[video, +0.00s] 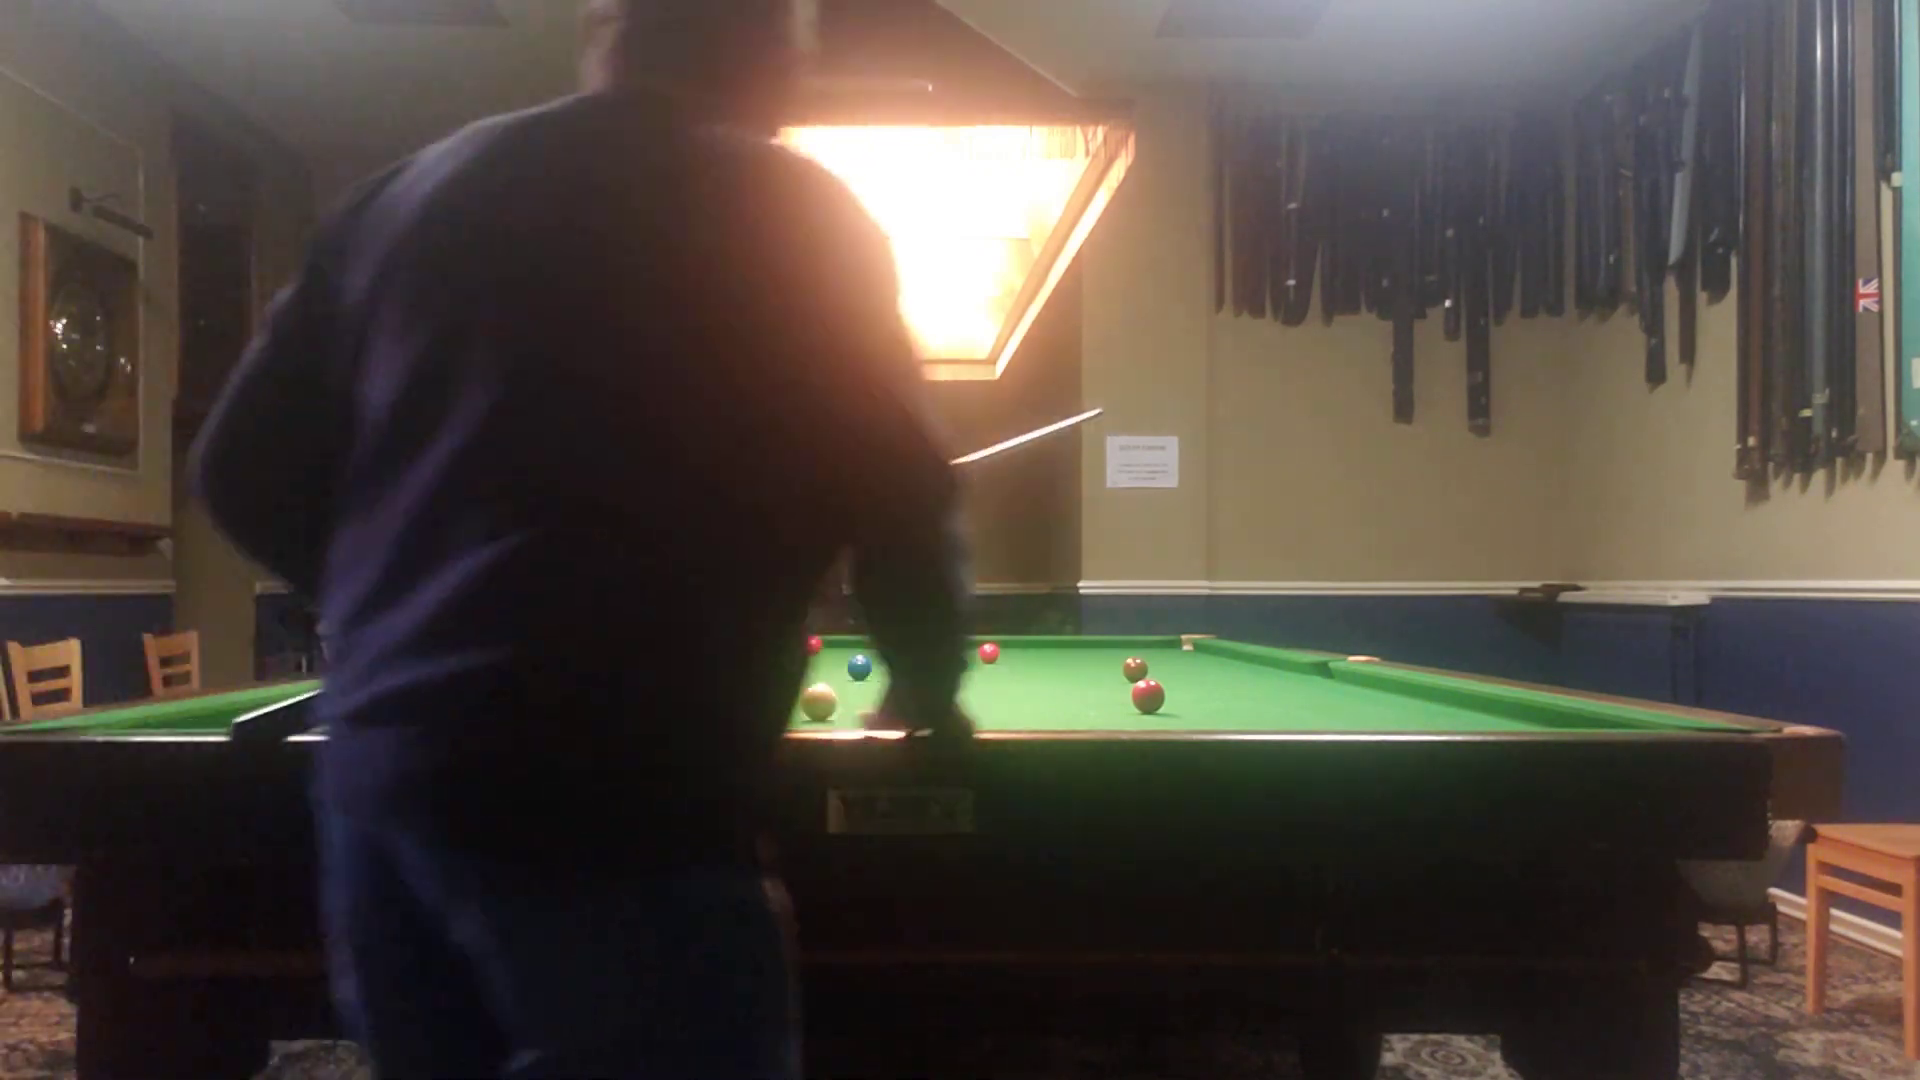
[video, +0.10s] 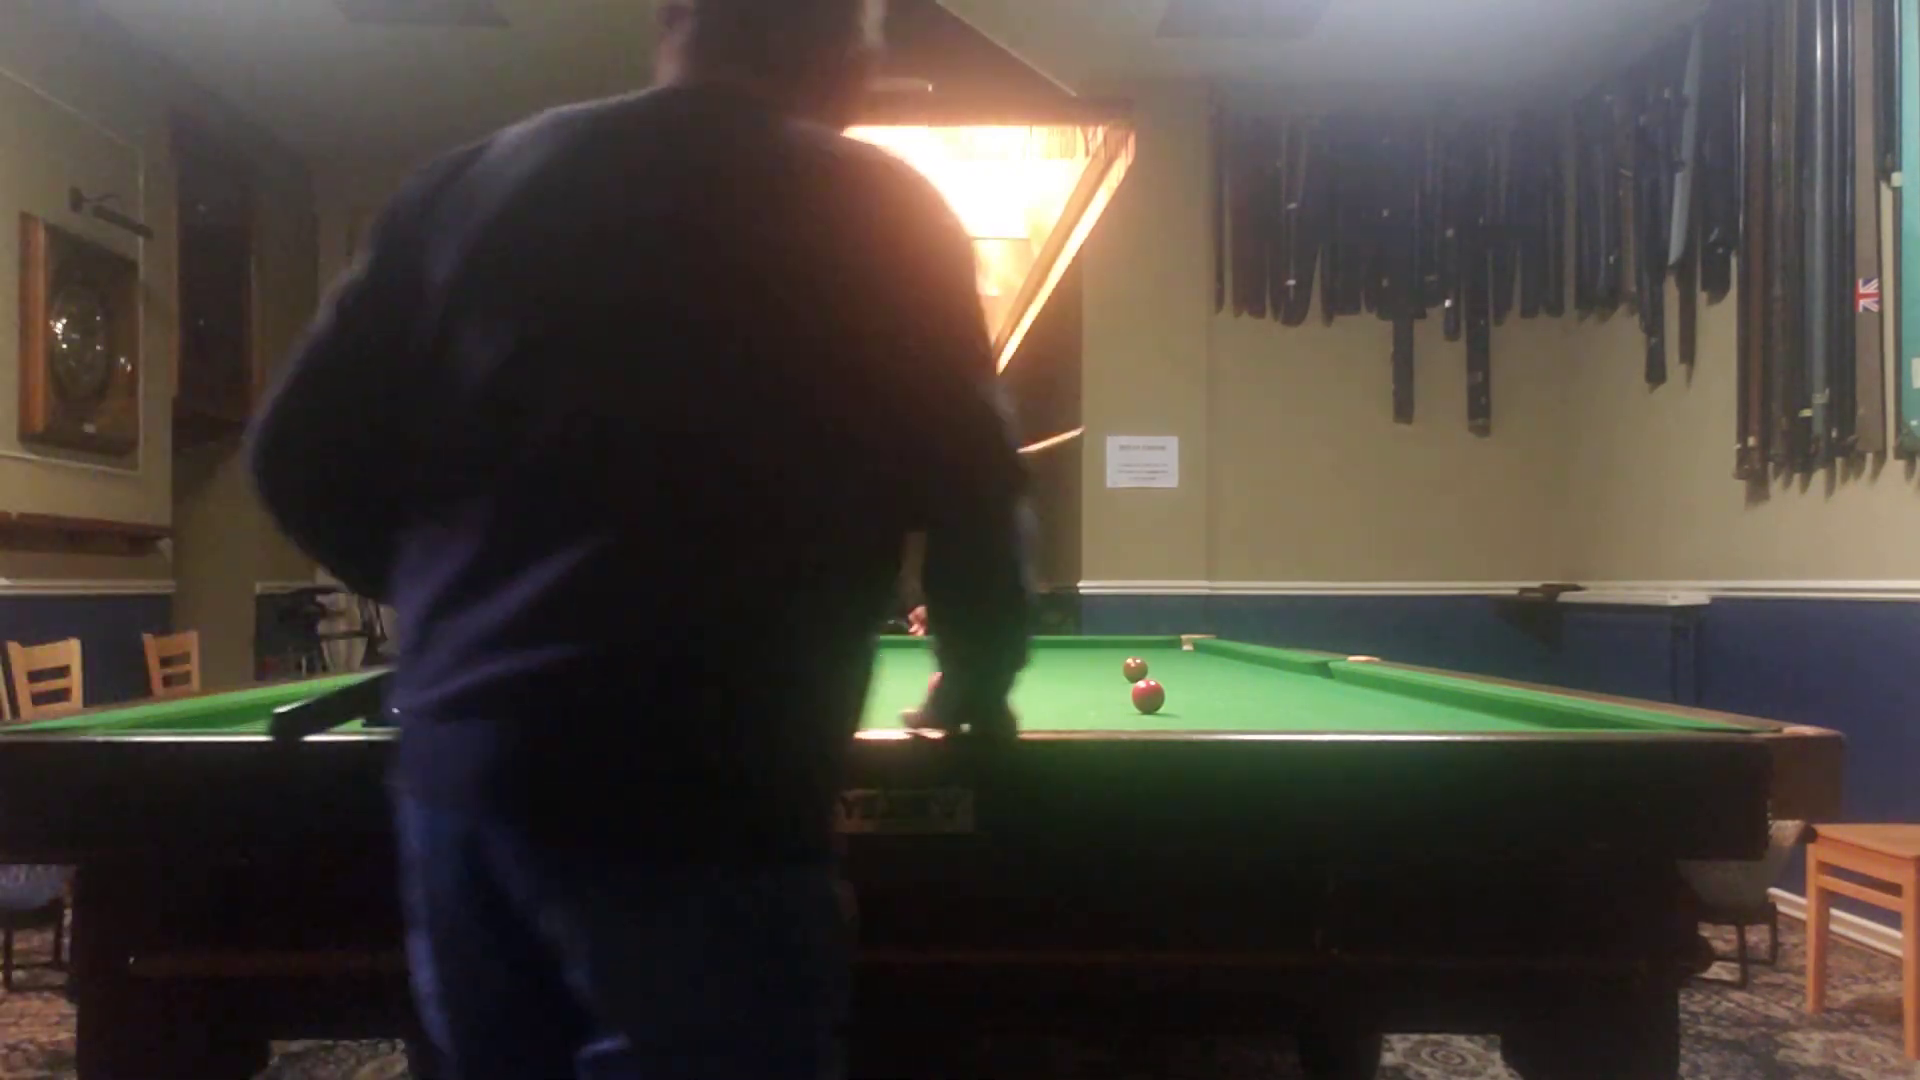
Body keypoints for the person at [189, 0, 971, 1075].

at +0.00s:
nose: (796, 94)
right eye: (793, 69)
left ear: (602, 52)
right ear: (771, 68)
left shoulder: (410, 193)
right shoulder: (805, 214)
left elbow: (244, 463)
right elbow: (905, 504)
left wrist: (388, 585)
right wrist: (927, 695)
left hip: (378, 781)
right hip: (636, 789)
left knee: (428, 1063)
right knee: (677, 1062)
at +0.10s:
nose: (866, 87)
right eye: (865, 66)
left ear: (668, 37)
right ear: (845, 70)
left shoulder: (476, 182)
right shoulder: (887, 211)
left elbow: (299, 450)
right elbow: (975, 502)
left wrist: (457, 586)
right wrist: (973, 686)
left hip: (458, 759)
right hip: (719, 777)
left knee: (492, 1066)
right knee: (729, 1060)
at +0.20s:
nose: (921, 92)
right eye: (923, 75)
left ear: (725, 37)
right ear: (907, 80)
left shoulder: (544, 188)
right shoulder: (960, 222)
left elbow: (357, 455)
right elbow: (1042, 524)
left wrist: (506, 604)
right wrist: (1008, 697)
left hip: (538, 776)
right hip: (807, 782)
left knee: (549, 1065)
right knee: (786, 1063)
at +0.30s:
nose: (966, 91)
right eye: (964, 66)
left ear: (767, 54)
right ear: (947, 72)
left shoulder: (601, 211)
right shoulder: (1012, 234)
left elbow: (422, 478)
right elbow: (1096, 579)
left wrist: (559, 631)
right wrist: (1031, 713)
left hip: (617, 790)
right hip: (880, 798)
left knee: (633, 1063)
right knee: (850, 1062)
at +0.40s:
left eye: (776, 77)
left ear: (789, 86)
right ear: (967, 97)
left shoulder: (655, 243)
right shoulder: (1055, 249)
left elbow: (488, 518)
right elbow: (1142, 564)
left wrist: (617, 667)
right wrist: (1053, 712)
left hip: (702, 815)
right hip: (964, 813)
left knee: (725, 1066)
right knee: (954, 1061)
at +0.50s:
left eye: (816, 98)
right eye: (1006, 93)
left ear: (817, 100)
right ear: (998, 103)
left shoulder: (695, 256)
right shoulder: (1094, 249)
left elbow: (550, 536)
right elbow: (1187, 573)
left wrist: (683, 685)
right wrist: (1076, 708)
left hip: (760, 834)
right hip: (1027, 831)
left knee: (779, 1070)